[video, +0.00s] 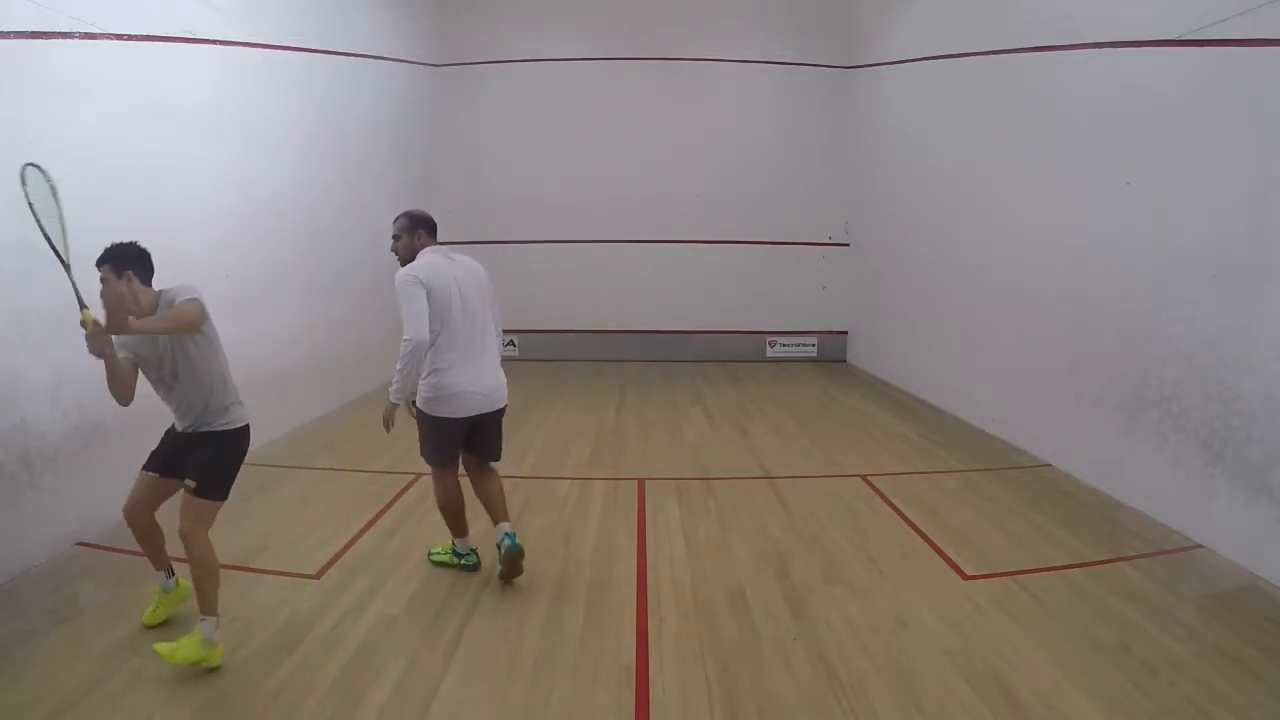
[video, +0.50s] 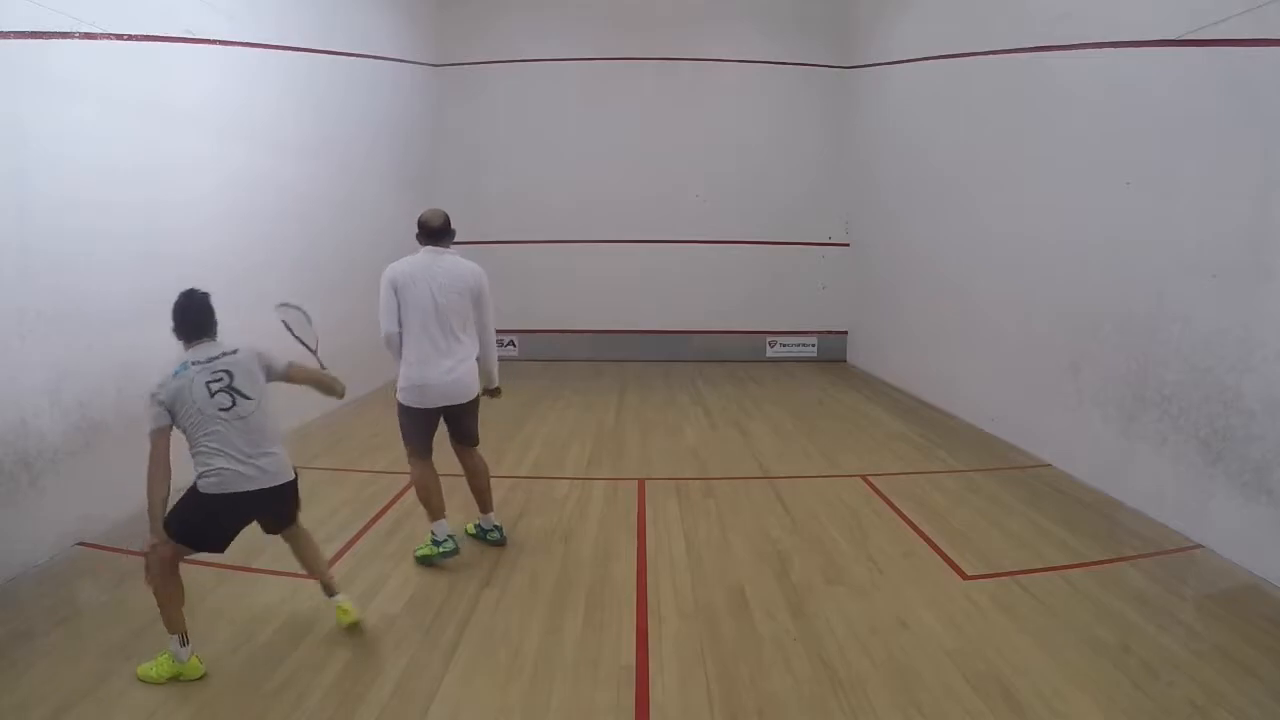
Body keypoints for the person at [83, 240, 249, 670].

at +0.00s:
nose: (101, 292)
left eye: (104, 282)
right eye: (99, 284)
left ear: (129, 280)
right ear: (128, 283)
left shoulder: (180, 298)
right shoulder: (125, 334)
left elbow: (194, 318)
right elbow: (124, 396)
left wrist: (129, 327)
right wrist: (108, 354)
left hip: (225, 428)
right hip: (185, 430)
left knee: (192, 529)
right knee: (137, 512)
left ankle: (209, 637)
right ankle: (171, 585)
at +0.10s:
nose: (88, 330)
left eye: (91, 319)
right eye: (86, 321)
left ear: (115, 313)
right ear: (111, 316)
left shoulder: (169, 325)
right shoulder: (120, 359)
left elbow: (144, 367)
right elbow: (116, 408)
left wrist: (69, 363)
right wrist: (120, 357)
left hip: (218, 457)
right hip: (180, 454)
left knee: (158, 545)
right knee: (128, 525)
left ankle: (186, 651)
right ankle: (162, 598)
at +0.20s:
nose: (88, 364)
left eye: (90, 353)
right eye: (86, 355)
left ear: (111, 349)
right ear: (118, 348)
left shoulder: (152, 376)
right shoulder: (133, 386)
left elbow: (138, 453)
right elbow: (106, 454)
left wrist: (79, 495)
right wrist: (117, 411)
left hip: (212, 488)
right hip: (187, 481)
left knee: (130, 559)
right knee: (134, 527)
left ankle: (183, 653)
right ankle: (162, 604)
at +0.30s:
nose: (104, 371)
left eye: (103, 364)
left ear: (106, 366)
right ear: (141, 355)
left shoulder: (121, 410)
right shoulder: (174, 380)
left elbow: (141, 488)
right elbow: (183, 468)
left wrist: (154, 557)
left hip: (203, 504)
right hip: (248, 492)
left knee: (131, 556)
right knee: (178, 512)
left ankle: (181, 653)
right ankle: (178, 596)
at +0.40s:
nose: (134, 357)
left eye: (132, 353)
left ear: (132, 359)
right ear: (170, 347)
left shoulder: (133, 412)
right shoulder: (208, 375)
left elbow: (146, 485)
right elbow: (257, 404)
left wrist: (159, 557)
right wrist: (285, 416)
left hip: (206, 511)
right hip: (260, 496)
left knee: (141, 553)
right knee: (229, 519)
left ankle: (180, 654)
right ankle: (252, 600)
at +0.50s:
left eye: (181, 326)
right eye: (205, 319)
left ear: (177, 333)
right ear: (214, 324)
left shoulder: (167, 388)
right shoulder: (249, 359)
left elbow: (159, 465)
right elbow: (313, 376)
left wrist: (156, 530)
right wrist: (335, 387)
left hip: (220, 496)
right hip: (277, 483)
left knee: (161, 556)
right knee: (291, 527)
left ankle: (182, 655)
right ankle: (339, 599)